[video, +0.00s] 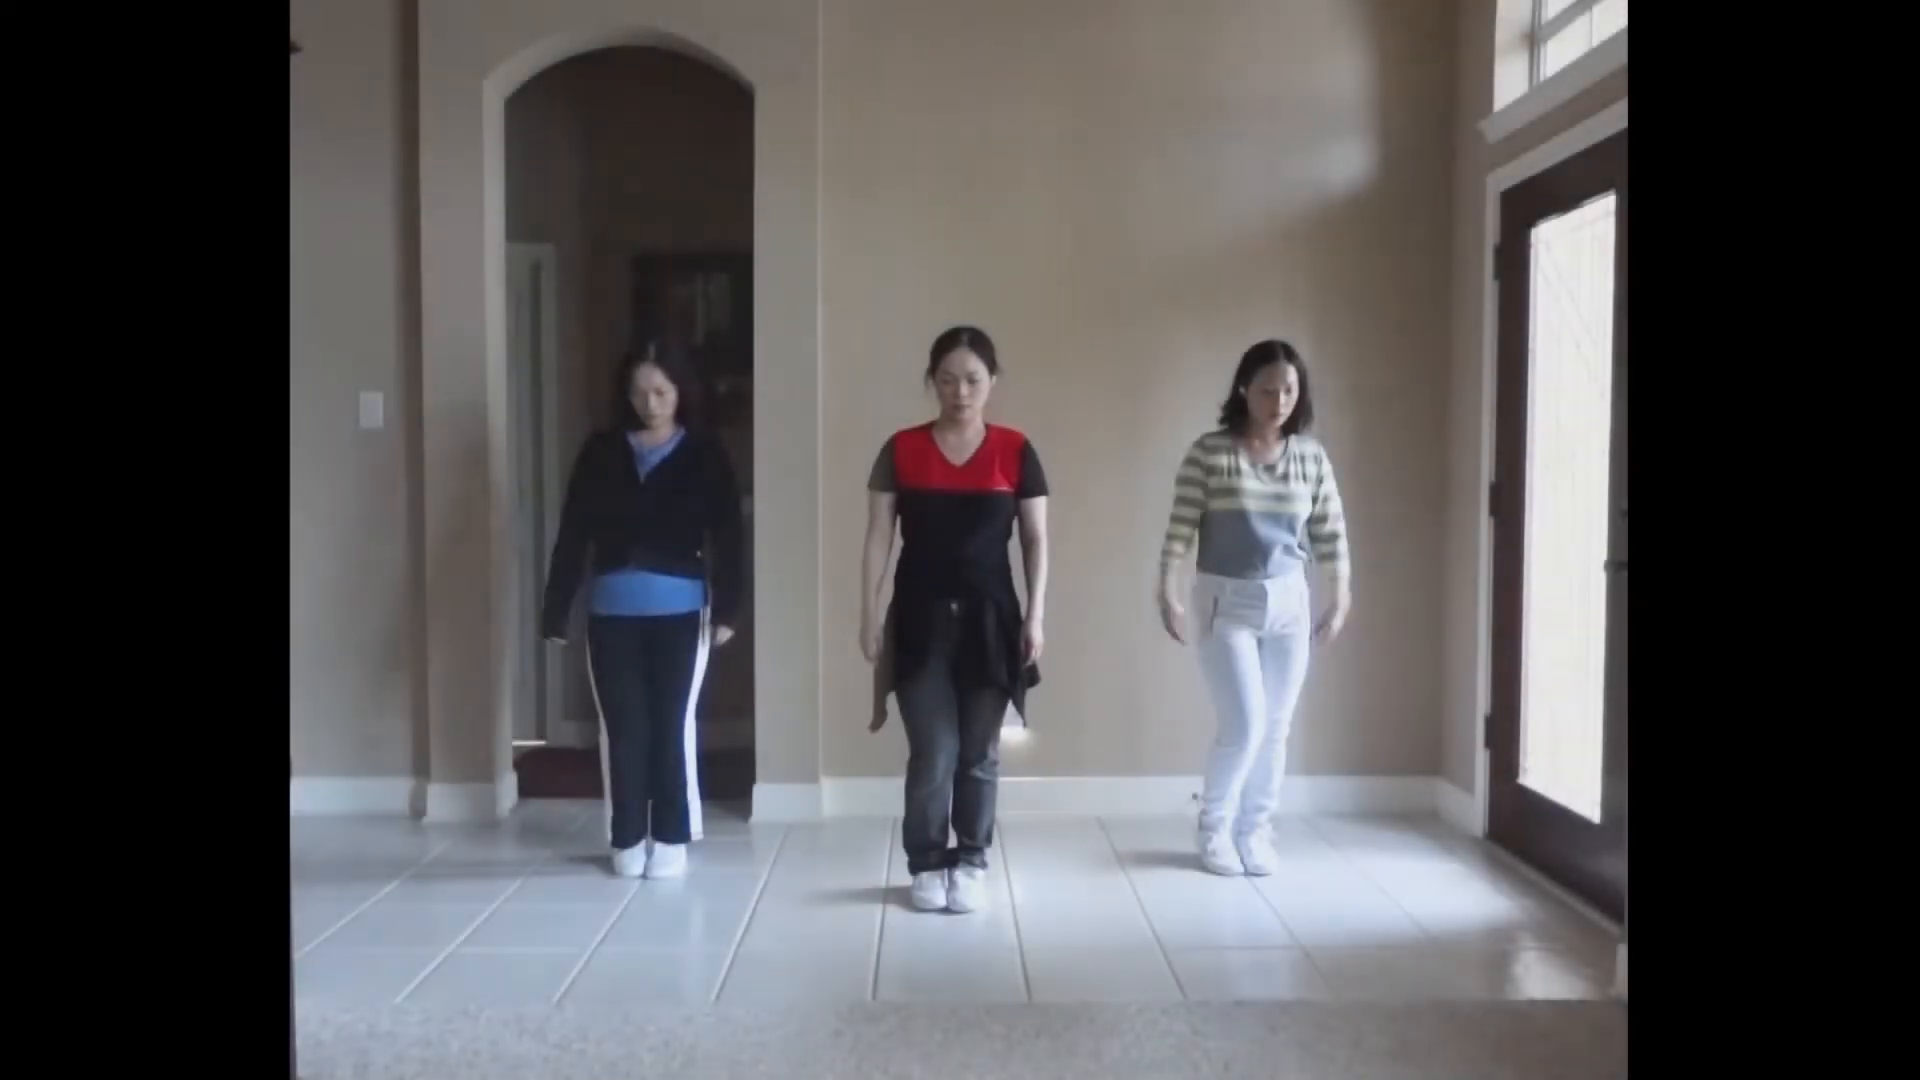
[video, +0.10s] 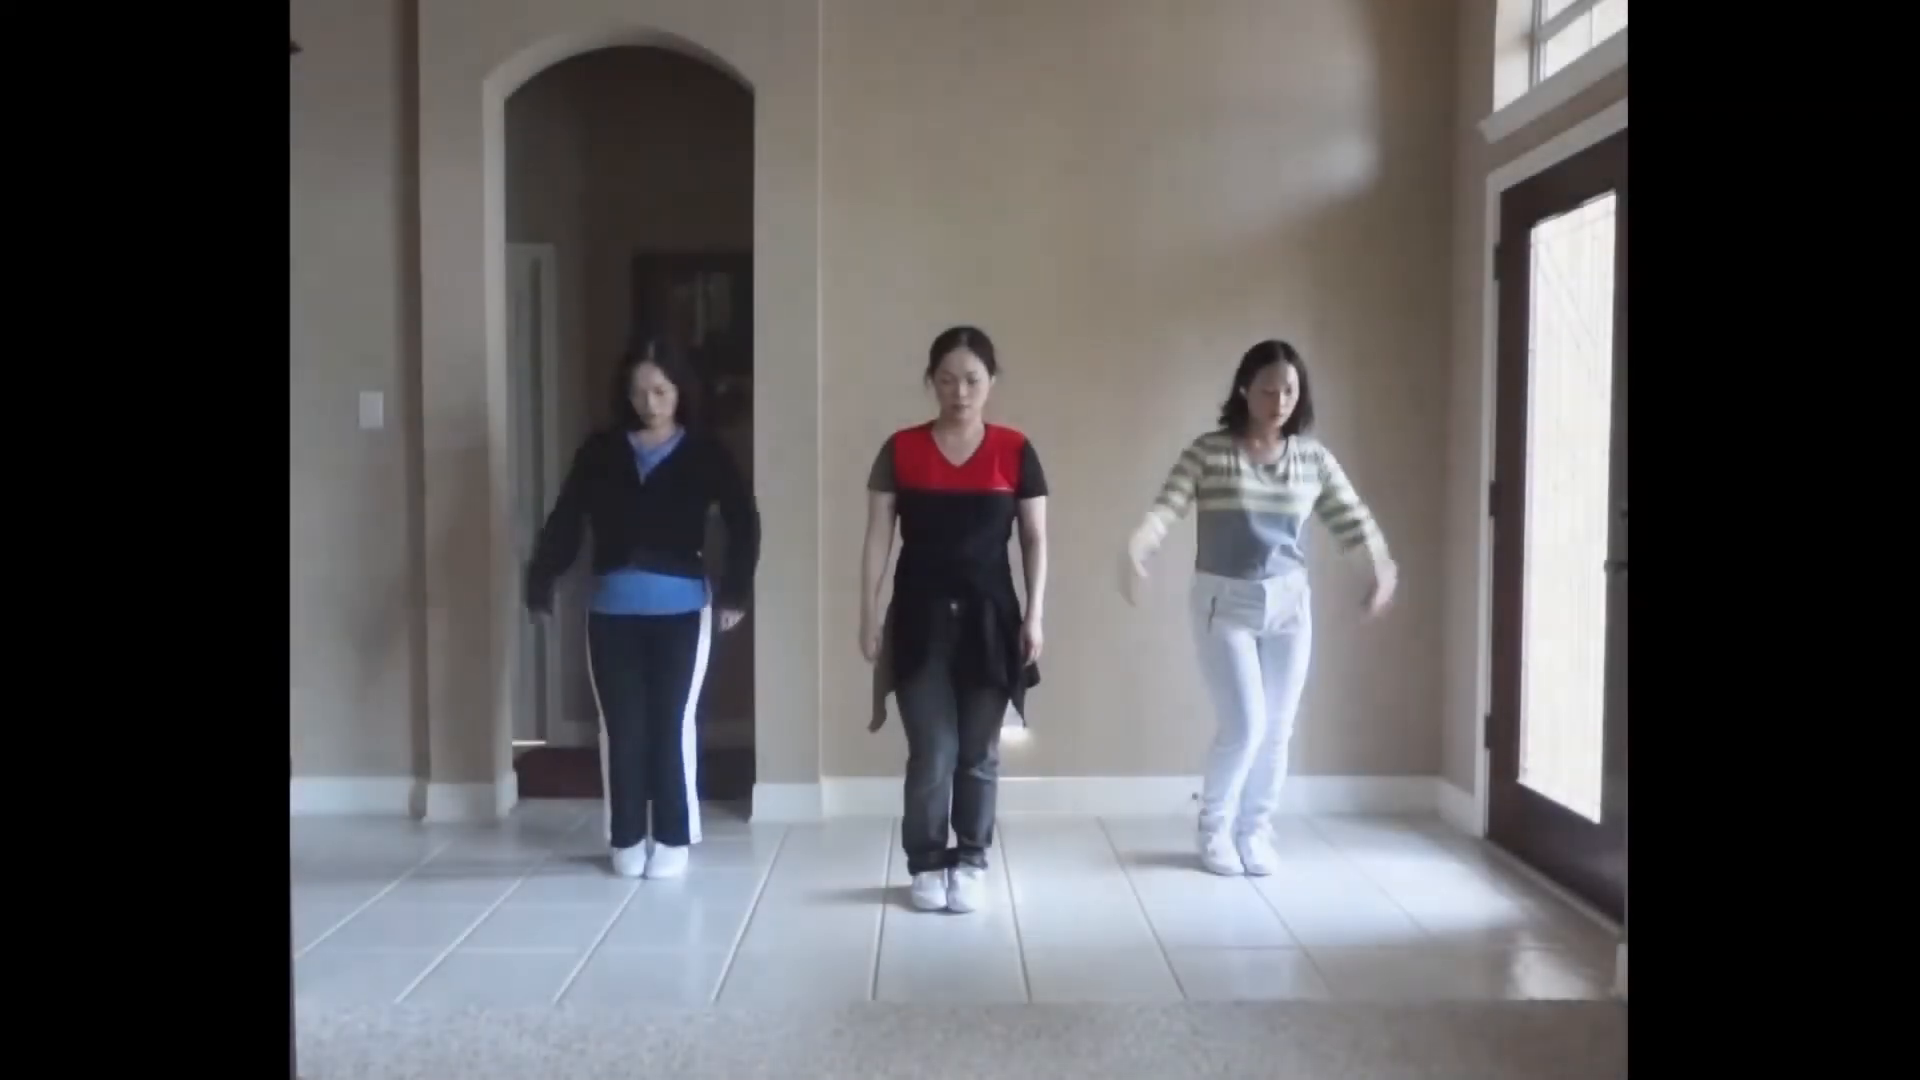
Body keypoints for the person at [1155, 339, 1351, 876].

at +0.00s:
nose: (1279, 399)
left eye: (1288, 389)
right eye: (1269, 388)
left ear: (1300, 395)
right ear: (1244, 390)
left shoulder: (1310, 457)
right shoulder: (1210, 452)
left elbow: (1330, 532)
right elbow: (1181, 526)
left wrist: (1341, 596)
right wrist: (1167, 592)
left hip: (1290, 607)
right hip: (1224, 606)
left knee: (1274, 728)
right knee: (1244, 725)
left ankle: (1256, 831)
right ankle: (1214, 830)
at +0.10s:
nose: (1279, 399)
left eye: (1289, 389)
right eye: (1269, 387)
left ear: (1300, 396)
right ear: (1245, 390)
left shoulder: (1312, 458)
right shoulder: (1209, 451)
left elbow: (1352, 517)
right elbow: (1169, 505)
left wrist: (1383, 568)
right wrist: (1137, 546)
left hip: (1289, 608)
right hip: (1223, 607)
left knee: (1276, 728)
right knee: (1244, 725)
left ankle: (1256, 831)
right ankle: (1214, 829)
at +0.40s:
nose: (1274, 431)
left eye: (1284, 421)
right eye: (1263, 419)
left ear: (1295, 424)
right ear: (1242, 417)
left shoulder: (1307, 475)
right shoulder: (1207, 463)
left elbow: (1373, 472)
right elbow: (1154, 471)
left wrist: (1328, 429)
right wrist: (1174, 434)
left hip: (1283, 622)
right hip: (1217, 622)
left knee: (1285, 738)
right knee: (1236, 742)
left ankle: (1258, 836)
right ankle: (1190, 736)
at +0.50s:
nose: (1266, 431)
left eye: (1277, 421)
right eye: (1256, 419)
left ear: (1289, 423)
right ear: (1236, 417)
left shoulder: (1303, 467)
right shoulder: (1205, 459)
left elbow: (1361, 424)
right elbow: (1166, 431)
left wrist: (1312, 408)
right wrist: (1185, 412)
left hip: (1282, 616)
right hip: (1215, 615)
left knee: (1283, 731)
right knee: (1215, 726)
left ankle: (1257, 836)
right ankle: (1184, 747)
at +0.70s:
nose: (1247, 364)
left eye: (1259, 358)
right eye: (1235, 357)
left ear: (1271, 379)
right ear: (1217, 376)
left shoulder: (1285, 434)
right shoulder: (1192, 432)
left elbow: (1319, 366)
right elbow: (1179, 372)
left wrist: (1278, 320)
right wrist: (1212, 317)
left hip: (1265, 587)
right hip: (1200, 587)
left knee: (1266, 717)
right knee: (1194, 708)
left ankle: (1263, 830)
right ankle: (1197, 803)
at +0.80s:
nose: (1234, 371)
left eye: (1247, 366)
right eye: (1224, 364)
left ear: (1261, 384)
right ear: (1207, 378)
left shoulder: (1272, 437)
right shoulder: (1183, 436)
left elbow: (1304, 375)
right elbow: (1181, 375)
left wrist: (1280, 325)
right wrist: (1220, 316)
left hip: (1255, 588)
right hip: (1190, 590)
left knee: (1265, 716)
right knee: (1193, 713)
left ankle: (1272, 830)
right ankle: (1197, 809)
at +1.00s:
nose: (1219, 387)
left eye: (1232, 380)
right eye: (1212, 378)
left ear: (1247, 396)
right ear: (1196, 389)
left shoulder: (1256, 450)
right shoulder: (1173, 449)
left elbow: (1280, 403)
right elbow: (1175, 408)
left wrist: (1266, 360)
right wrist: (1212, 352)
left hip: (1242, 594)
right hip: (1179, 596)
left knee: (1259, 714)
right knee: (1188, 717)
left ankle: (1276, 826)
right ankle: (1198, 812)